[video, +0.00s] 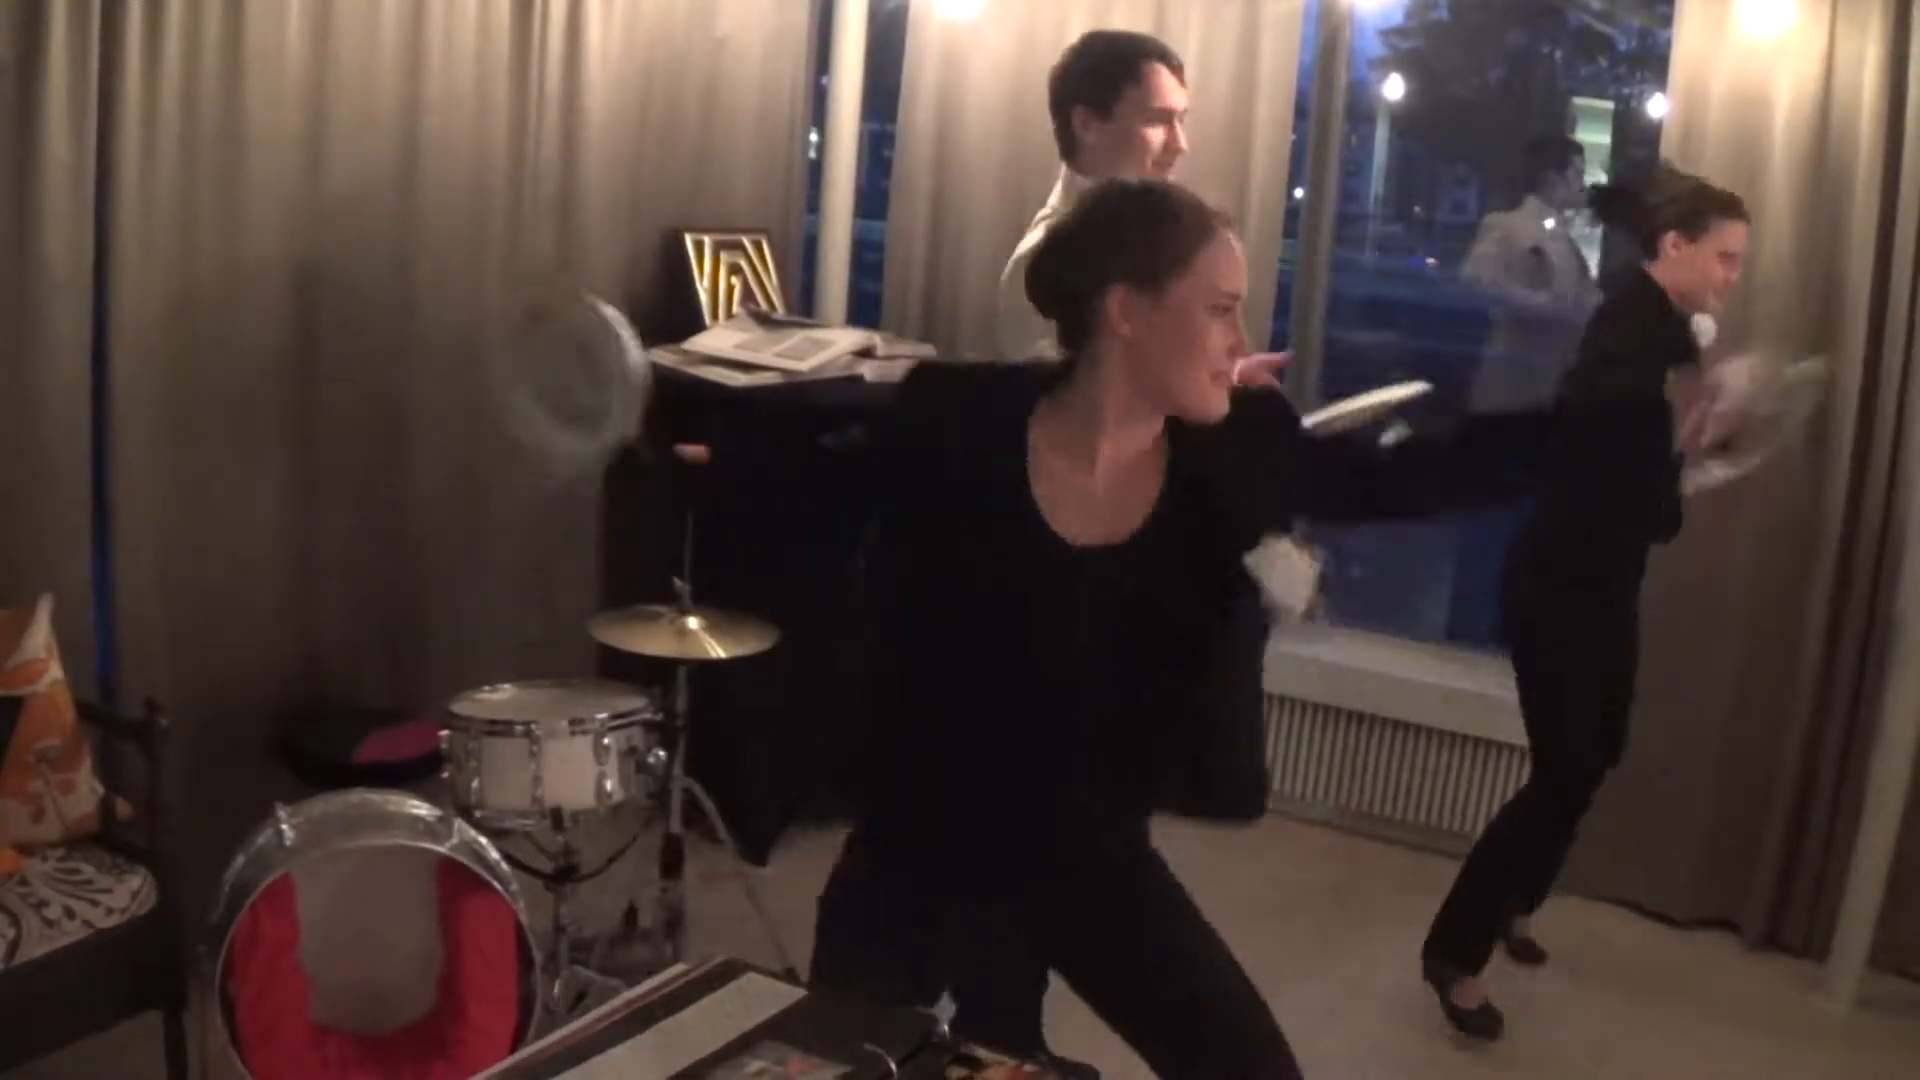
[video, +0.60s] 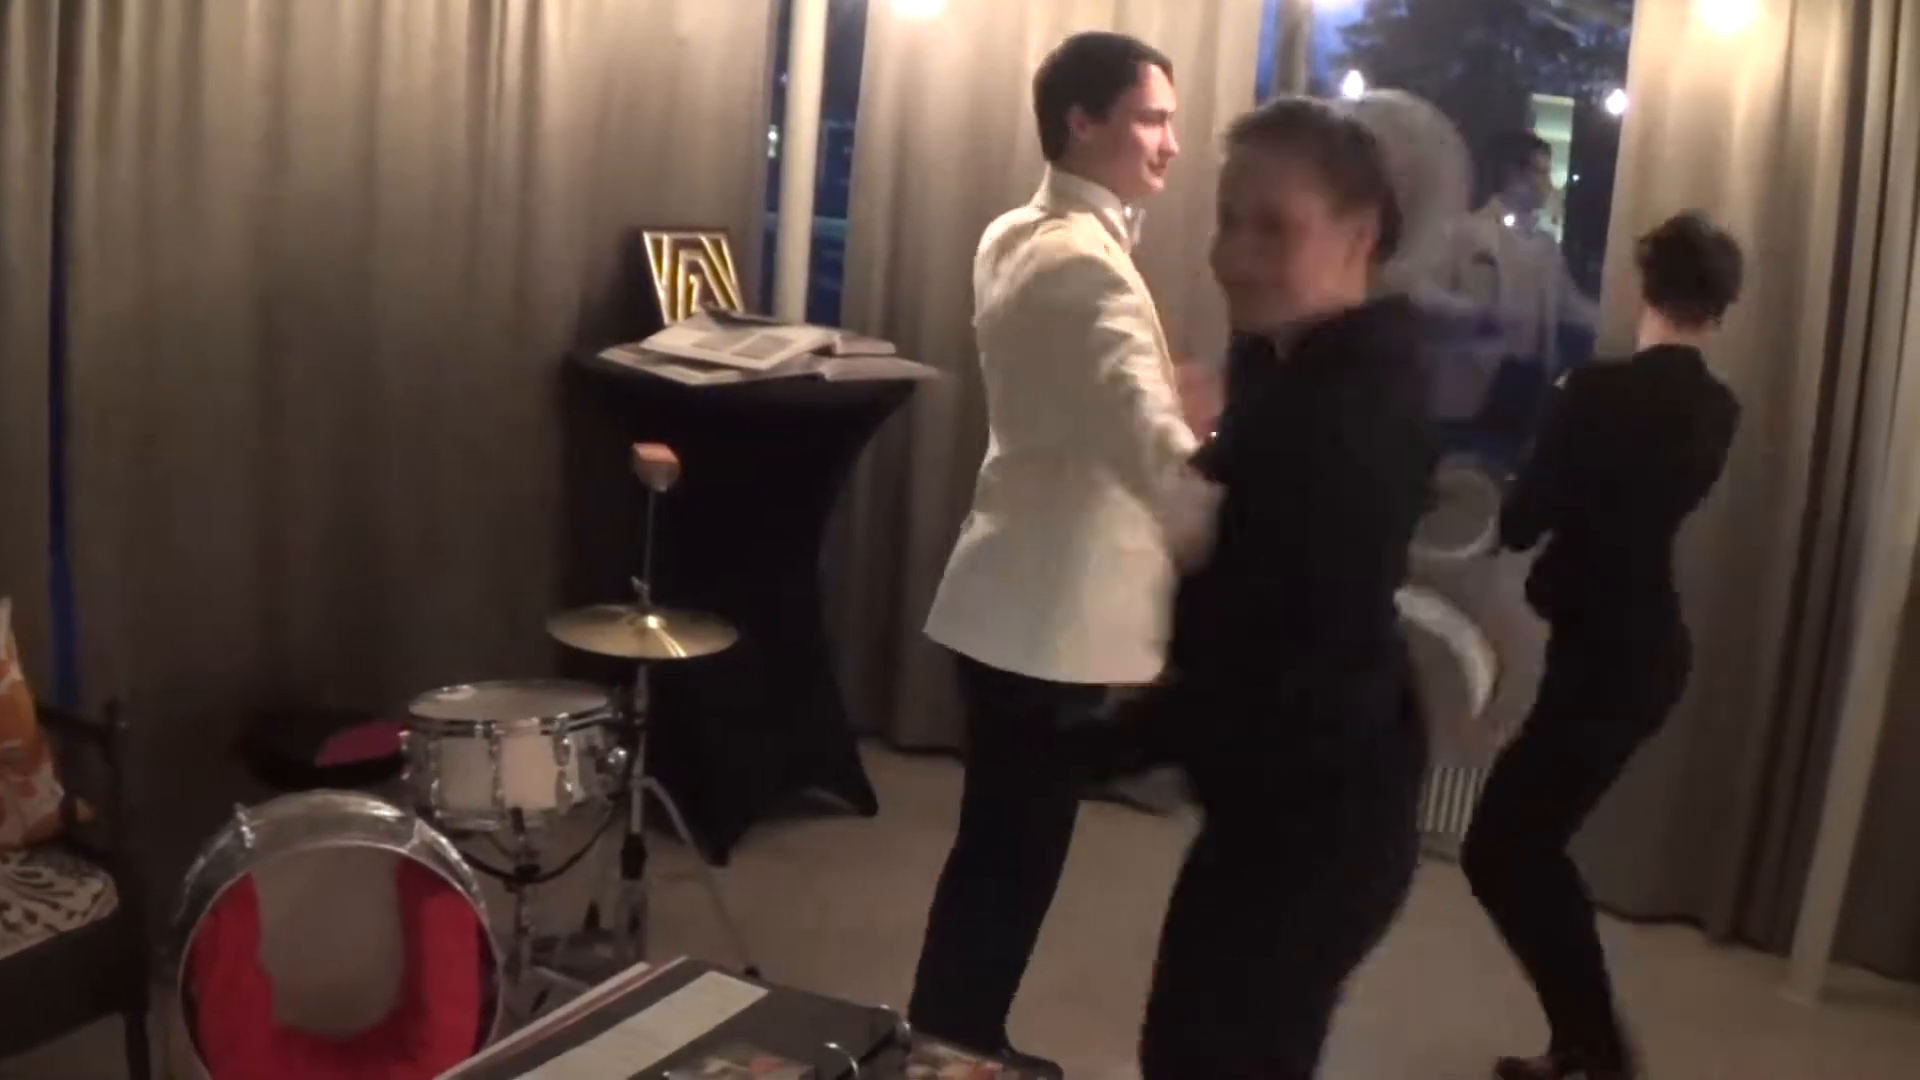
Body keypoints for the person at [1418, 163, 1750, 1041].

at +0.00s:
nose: (1732, 278)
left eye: (1737, 262)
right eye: (1725, 258)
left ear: (1682, 251)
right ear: (1672, 246)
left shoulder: (1654, 328)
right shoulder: (1630, 336)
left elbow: (1636, 470)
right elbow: (1628, 499)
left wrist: (1697, 441)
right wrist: (1692, 450)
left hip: (1600, 573)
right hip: (1563, 578)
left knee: (1595, 752)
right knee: (1566, 769)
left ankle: (1508, 903)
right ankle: (1454, 952)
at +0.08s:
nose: (1738, 306)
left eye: (1741, 289)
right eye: (1731, 286)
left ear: (1690, 280)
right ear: (1677, 276)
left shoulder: (1667, 365)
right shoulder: (1620, 357)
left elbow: (1662, 486)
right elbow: (1643, 470)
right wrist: (1704, 400)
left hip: (1600, 606)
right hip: (1556, 601)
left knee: (1566, 780)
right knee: (1565, 786)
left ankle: (1494, 916)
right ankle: (1468, 964)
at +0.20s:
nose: (1736, 332)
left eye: (1739, 316)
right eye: (1727, 314)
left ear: (1687, 318)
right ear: (1677, 313)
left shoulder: (1692, 410)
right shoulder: (1595, 390)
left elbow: (1673, 524)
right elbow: (1520, 488)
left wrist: (1736, 530)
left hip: (1625, 636)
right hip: (1550, 625)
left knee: (1558, 788)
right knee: (1571, 818)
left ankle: (1472, 902)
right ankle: (1530, 1025)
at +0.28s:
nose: (1719, 319)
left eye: (1723, 303)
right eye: (1703, 300)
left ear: (1713, 316)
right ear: (1647, 305)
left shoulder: (1707, 422)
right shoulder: (1575, 393)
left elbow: (1698, 555)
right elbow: (1506, 503)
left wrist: (1771, 630)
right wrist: (1479, 597)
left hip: (1635, 649)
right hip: (1548, 635)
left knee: (1580, 816)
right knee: (1576, 819)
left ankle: (1498, 881)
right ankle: (1550, 1046)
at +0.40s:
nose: (1609, 297)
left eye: (1630, 281)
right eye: (1614, 279)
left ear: (1680, 302)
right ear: (1621, 297)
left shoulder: (1708, 417)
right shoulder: (1578, 395)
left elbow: (1673, 559)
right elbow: (1537, 504)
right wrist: (1506, 497)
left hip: (1633, 660)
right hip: (1543, 645)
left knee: (1601, 854)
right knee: (1534, 847)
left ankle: (1543, 925)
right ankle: (1533, 1035)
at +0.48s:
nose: (1629, 298)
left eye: (1634, 285)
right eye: (1636, 284)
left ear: (1647, 290)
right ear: (1719, 307)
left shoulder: (1667, 409)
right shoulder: (1662, 396)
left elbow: (1606, 528)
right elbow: (1608, 502)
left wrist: (1540, 465)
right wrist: (1556, 451)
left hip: (1614, 656)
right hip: (1575, 642)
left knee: (1551, 839)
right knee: (1516, 831)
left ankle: (1632, 941)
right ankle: (1552, 1024)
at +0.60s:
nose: (1634, 294)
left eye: (1637, 281)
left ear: (1642, 287)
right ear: (1722, 306)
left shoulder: (1598, 387)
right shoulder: (1718, 408)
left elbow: (1521, 522)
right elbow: (1664, 506)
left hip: (1594, 642)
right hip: (1654, 642)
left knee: (1497, 845)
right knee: (1536, 841)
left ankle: (1588, 1046)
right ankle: (1589, 1044)